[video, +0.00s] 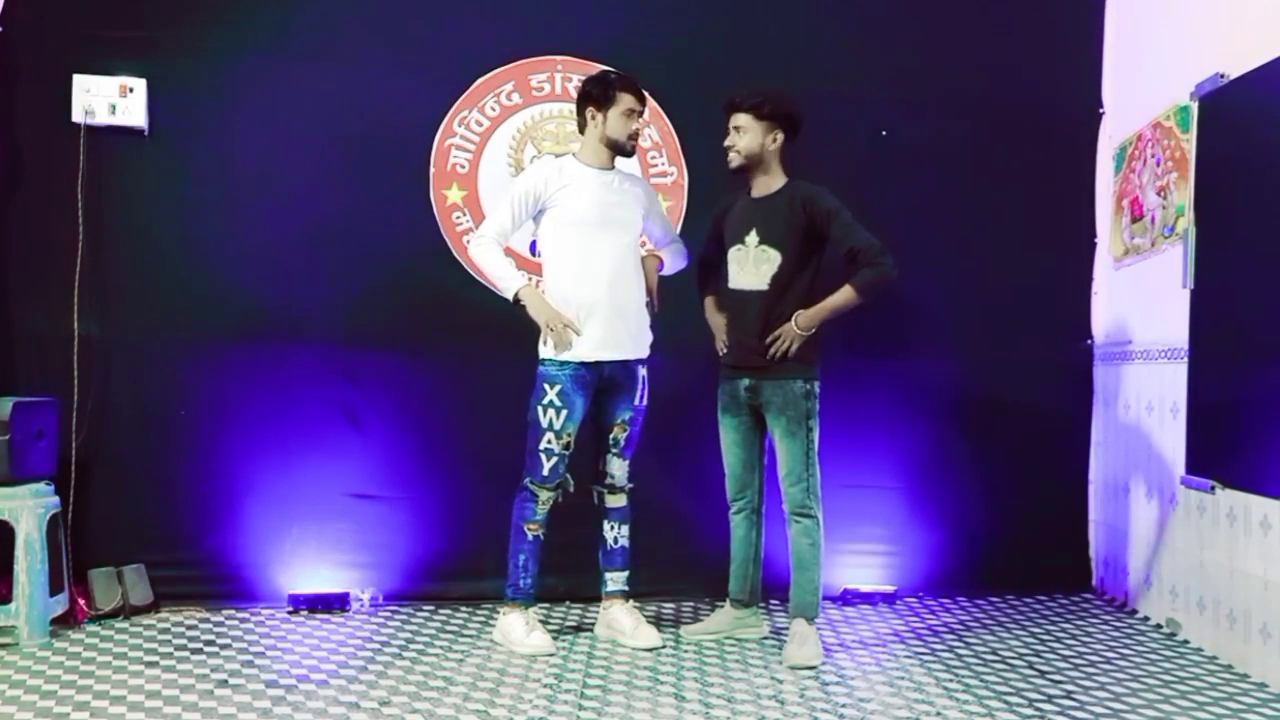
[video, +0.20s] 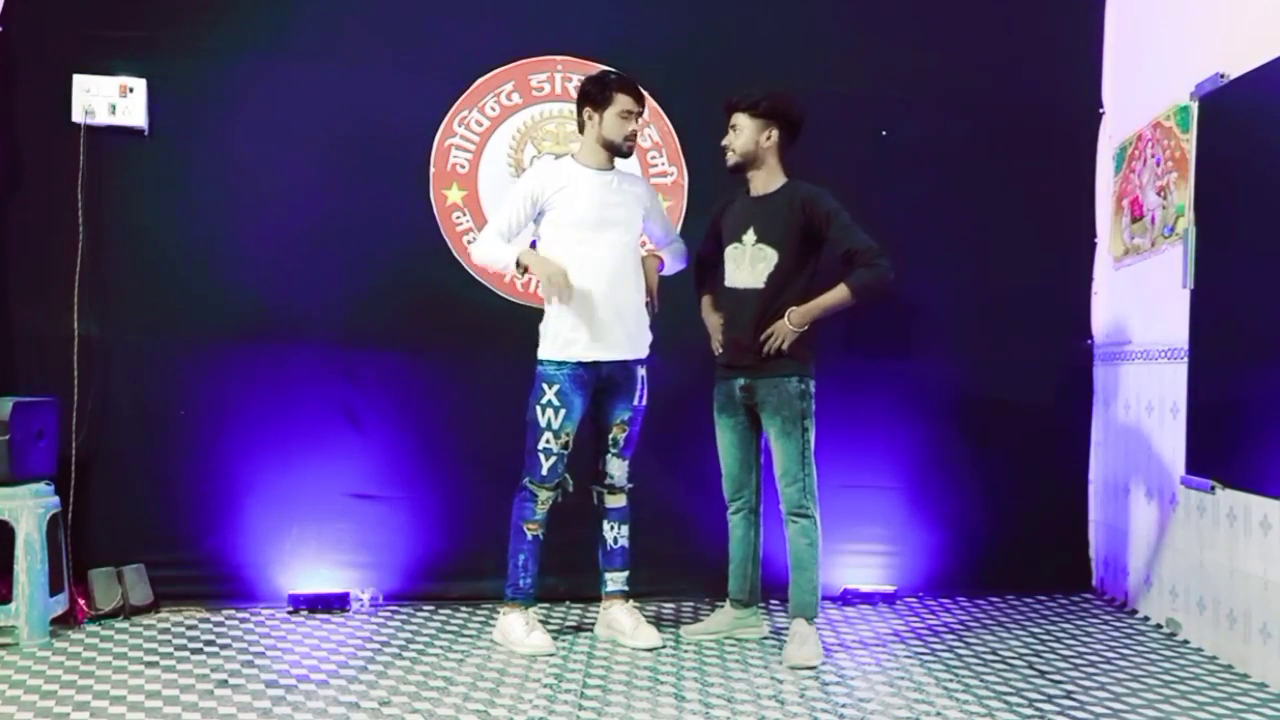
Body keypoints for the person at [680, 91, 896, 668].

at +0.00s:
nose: (729, 140)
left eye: (739, 131)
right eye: (728, 132)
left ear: (774, 138)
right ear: (740, 143)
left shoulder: (811, 202)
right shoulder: (730, 210)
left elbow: (876, 267)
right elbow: (706, 271)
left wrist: (812, 316)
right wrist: (716, 316)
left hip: (789, 375)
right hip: (735, 375)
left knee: (800, 503)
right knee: (740, 498)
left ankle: (803, 622)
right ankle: (742, 609)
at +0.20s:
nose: (725, 138)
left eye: (735, 129)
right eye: (727, 130)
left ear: (770, 137)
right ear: (752, 140)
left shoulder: (808, 202)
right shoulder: (728, 209)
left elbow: (873, 268)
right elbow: (702, 270)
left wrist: (804, 313)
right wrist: (712, 316)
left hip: (784, 372)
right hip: (730, 372)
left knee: (797, 503)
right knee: (738, 498)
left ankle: (802, 623)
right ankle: (742, 609)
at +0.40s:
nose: (722, 138)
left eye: (732, 129)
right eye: (724, 130)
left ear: (766, 137)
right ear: (748, 140)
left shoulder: (804, 200)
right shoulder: (726, 208)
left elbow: (869, 267)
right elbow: (705, 273)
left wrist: (798, 310)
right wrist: (711, 314)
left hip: (781, 371)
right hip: (727, 371)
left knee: (795, 502)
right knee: (736, 498)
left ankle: (802, 622)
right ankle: (742, 609)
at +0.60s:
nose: (717, 139)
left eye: (728, 129)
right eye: (719, 129)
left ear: (762, 138)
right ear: (742, 140)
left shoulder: (799, 200)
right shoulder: (723, 210)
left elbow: (853, 268)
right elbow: (707, 277)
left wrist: (782, 311)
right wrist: (710, 314)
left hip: (777, 376)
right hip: (725, 376)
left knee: (792, 503)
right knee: (734, 499)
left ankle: (802, 622)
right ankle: (741, 610)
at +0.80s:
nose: (713, 142)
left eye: (723, 133)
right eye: (714, 132)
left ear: (755, 140)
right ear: (741, 141)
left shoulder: (792, 204)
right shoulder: (727, 210)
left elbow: (783, 291)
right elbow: (720, 277)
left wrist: (699, 279)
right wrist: (670, 277)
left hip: (776, 378)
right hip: (726, 378)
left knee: (791, 503)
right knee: (730, 498)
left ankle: (801, 621)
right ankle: (741, 609)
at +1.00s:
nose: (705, 142)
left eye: (715, 133)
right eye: (706, 132)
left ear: (750, 141)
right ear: (733, 143)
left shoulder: (780, 207)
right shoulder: (727, 210)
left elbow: (742, 289)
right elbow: (715, 278)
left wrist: (677, 258)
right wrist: (666, 253)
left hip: (766, 376)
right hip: (722, 375)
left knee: (771, 496)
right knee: (729, 497)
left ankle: (802, 620)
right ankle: (741, 610)